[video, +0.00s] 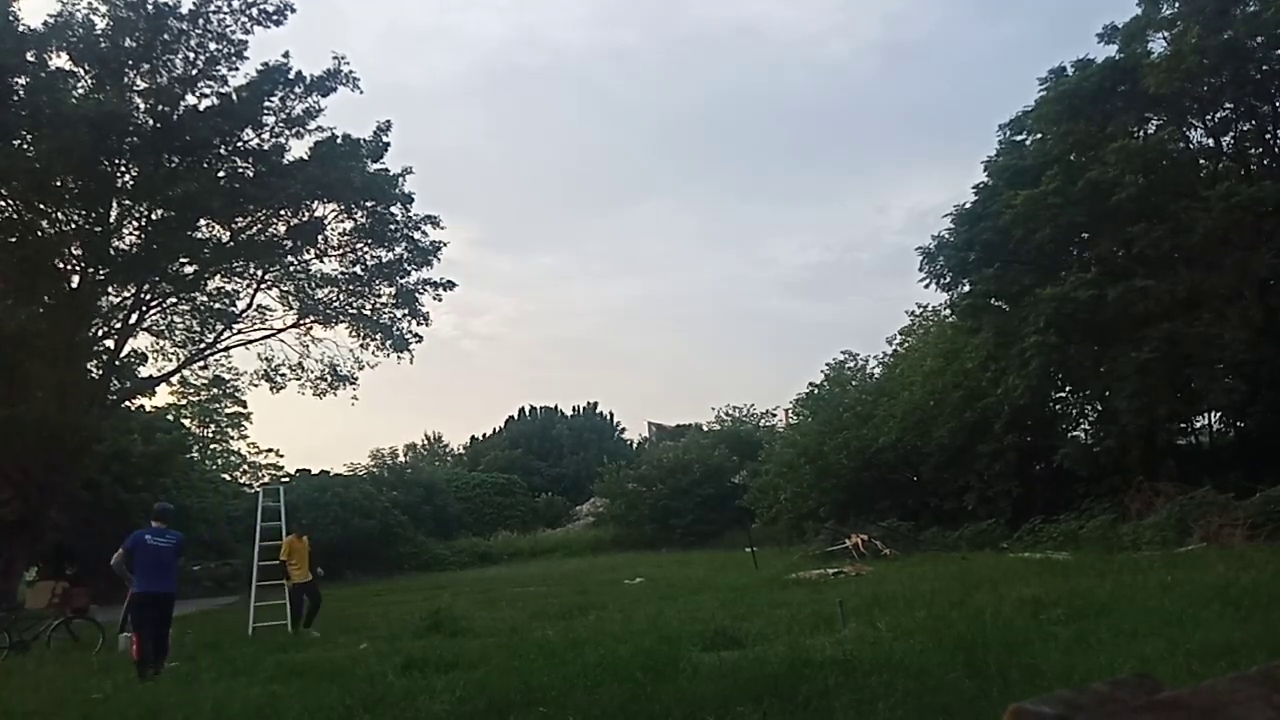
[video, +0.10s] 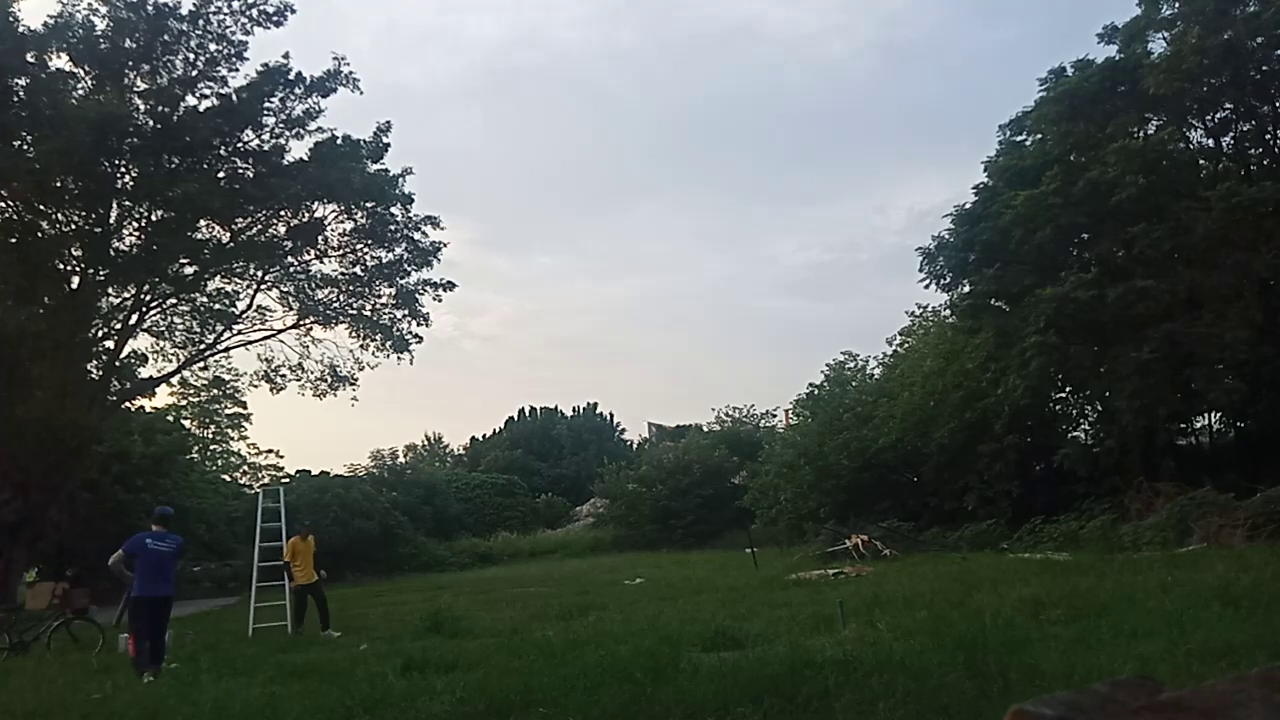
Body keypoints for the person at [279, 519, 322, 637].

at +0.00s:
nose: (301, 532)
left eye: (303, 529)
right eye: (299, 529)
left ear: (305, 530)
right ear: (294, 529)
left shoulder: (305, 540)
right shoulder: (288, 542)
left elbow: (308, 556)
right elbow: (282, 560)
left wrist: (314, 569)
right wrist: (287, 578)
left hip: (307, 578)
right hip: (294, 581)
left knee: (316, 600)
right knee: (296, 608)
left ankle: (307, 627)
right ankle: (295, 631)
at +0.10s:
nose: (307, 533)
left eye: (309, 530)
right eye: (305, 530)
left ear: (310, 531)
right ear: (300, 530)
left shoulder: (311, 539)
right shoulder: (292, 542)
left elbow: (313, 556)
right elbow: (287, 562)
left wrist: (318, 570)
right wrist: (291, 580)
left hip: (313, 579)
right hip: (299, 582)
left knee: (322, 602)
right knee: (300, 607)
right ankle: (297, 630)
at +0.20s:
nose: (310, 536)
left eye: (312, 533)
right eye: (308, 533)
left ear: (314, 533)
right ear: (304, 532)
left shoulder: (318, 540)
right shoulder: (296, 544)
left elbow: (320, 558)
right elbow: (292, 564)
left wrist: (324, 571)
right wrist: (294, 582)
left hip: (318, 581)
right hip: (304, 583)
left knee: (328, 606)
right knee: (304, 611)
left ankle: (336, 630)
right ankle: (299, 634)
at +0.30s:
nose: (313, 540)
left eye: (315, 538)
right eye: (311, 538)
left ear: (318, 536)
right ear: (308, 537)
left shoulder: (324, 541)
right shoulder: (302, 547)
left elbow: (328, 556)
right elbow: (297, 567)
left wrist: (330, 572)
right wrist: (298, 584)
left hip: (324, 581)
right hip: (309, 583)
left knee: (332, 607)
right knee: (309, 609)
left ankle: (339, 631)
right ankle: (302, 632)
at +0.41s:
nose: (315, 548)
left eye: (317, 545)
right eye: (312, 546)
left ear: (321, 541)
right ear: (309, 543)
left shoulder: (330, 543)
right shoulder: (306, 551)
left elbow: (336, 558)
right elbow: (301, 571)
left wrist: (337, 574)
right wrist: (301, 589)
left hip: (330, 581)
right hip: (315, 584)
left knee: (336, 607)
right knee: (314, 609)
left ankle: (340, 633)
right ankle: (303, 632)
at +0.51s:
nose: (317, 556)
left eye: (319, 553)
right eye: (315, 554)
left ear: (323, 547)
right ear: (311, 550)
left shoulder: (332, 547)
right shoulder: (309, 555)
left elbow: (342, 560)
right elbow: (306, 576)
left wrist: (342, 577)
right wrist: (304, 595)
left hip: (335, 581)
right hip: (319, 582)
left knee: (339, 608)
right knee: (315, 608)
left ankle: (340, 633)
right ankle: (311, 632)